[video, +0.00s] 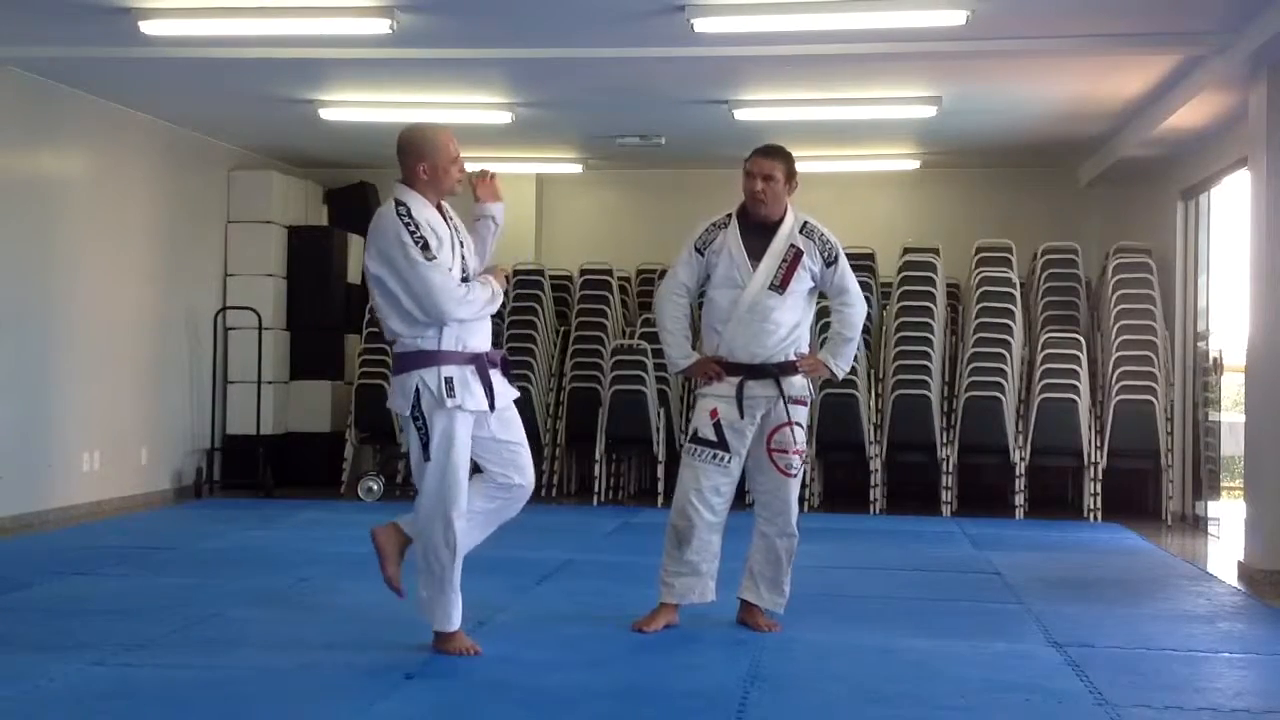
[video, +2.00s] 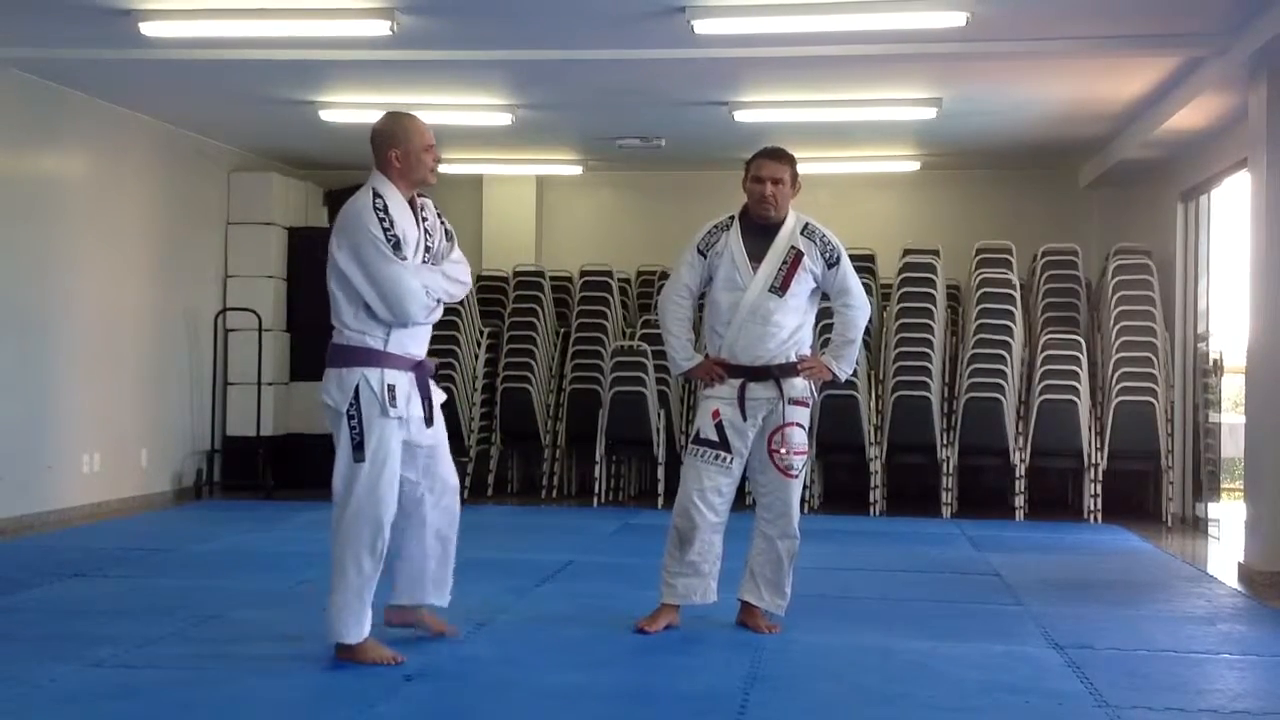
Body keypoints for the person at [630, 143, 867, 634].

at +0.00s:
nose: (758, 187)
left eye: (770, 179)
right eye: (752, 177)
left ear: (790, 187)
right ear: (741, 182)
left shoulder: (816, 242)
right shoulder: (712, 235)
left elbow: (851, 303)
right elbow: (671, 295)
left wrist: (833, 359)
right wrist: (686, 357)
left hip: (785, 392)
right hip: (720, 387)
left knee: (779, 506)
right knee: (694, 500)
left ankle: (755, 602)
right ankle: (670, 602)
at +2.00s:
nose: (767, 191)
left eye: (778, 183)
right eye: (758, 181)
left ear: (794, 189)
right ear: (744, 185)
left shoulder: (818, 244)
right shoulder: (713, 238)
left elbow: (854, 305)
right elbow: (674, 299)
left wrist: (836, 362)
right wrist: (688, 357)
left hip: (788, 391)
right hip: (722, 386)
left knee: (780, 507)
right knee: (696, 500)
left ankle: (756, 605)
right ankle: (672, 603)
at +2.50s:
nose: (763, 203)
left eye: (773, 194)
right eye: (754, 193)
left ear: (790, 194)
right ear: (740, 191)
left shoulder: (814, 244)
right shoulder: (713, 237)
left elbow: (851, 304)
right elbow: (669, 298)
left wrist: (860, 287)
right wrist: (687, 360)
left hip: (787, 390)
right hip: (722, 386)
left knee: (780, 506)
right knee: (695, 501)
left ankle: (757, 604)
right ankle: (672, 602)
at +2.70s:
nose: (765, 203)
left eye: (775, 194)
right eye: (756, 193)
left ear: (790, 195)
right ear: (740, 191)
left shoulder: (806, 238)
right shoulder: (711, 236)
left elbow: (860, 262)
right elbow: (668, 298)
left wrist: (847, 213)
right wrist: (686, 361)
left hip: (784, 388)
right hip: (720, 386)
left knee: (779, 506)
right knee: (694, 502)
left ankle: (757, 604)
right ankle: (672, 603)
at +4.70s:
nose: (747, 201)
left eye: (759, 196)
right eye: (745, 190)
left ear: (786, 200)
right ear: (742, 186)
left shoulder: (810, 239)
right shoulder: (717, 236)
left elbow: (853, 221)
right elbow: (676, 296)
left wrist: (810, 182)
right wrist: (687, 357)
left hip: (787, 389)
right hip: (723, 386)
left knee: (780, 506)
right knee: (696, 501)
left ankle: (755, 606)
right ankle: (672, 604)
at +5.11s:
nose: (736, 202)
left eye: (746, 195)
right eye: (733, 192)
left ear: (775, 195)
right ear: (731, 188)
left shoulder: (807, 240)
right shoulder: (712, 238)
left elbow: (866, 285)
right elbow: (674, 302)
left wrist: (825, 247)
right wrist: (687, 360)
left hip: (785, 389)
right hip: (721, 386)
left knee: (780, 506)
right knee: (696, 502)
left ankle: (756, 605)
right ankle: (672, 604)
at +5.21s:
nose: (733, 203)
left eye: (743, 196)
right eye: (729, 194)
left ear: (771, 194)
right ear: (725, 190)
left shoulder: (809, 239)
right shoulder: (709, 240)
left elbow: (861, 282)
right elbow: (674, 303)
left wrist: (846, 311)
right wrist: (687, 360)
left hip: (786, 390)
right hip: (722, 387)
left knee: (780, 506)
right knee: (696, 501)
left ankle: (756, 605)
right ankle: (672, 604)